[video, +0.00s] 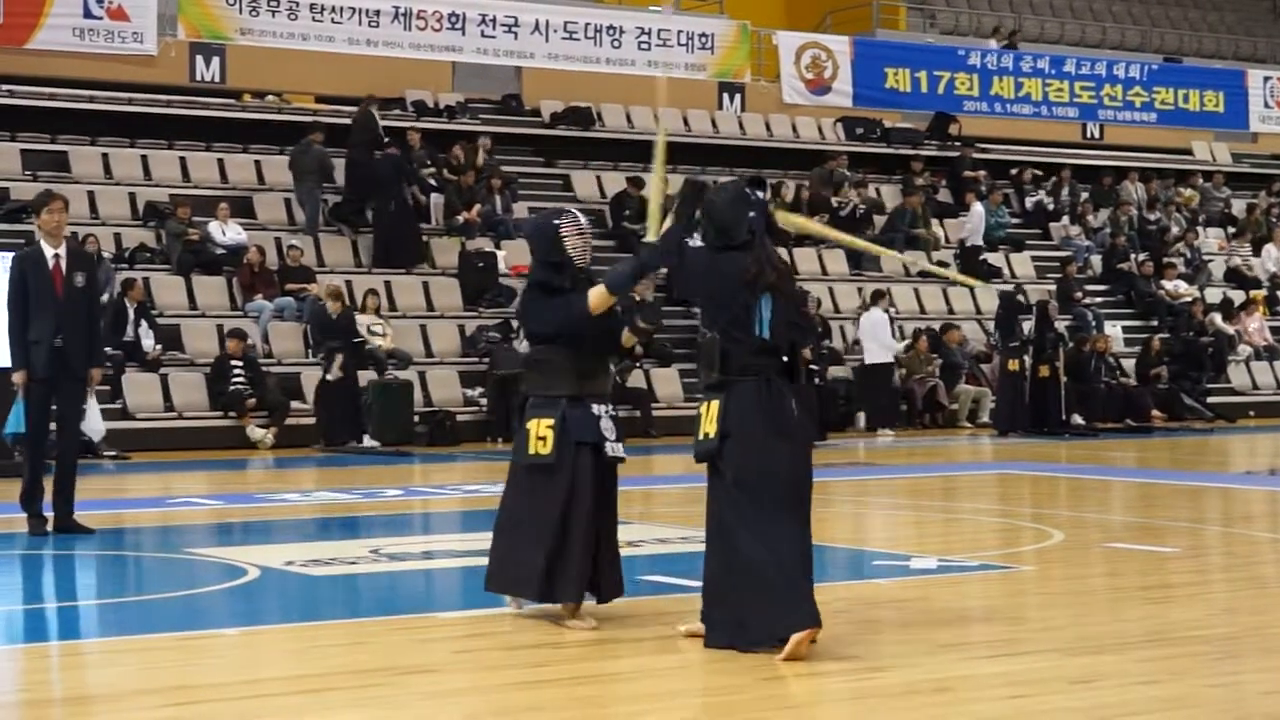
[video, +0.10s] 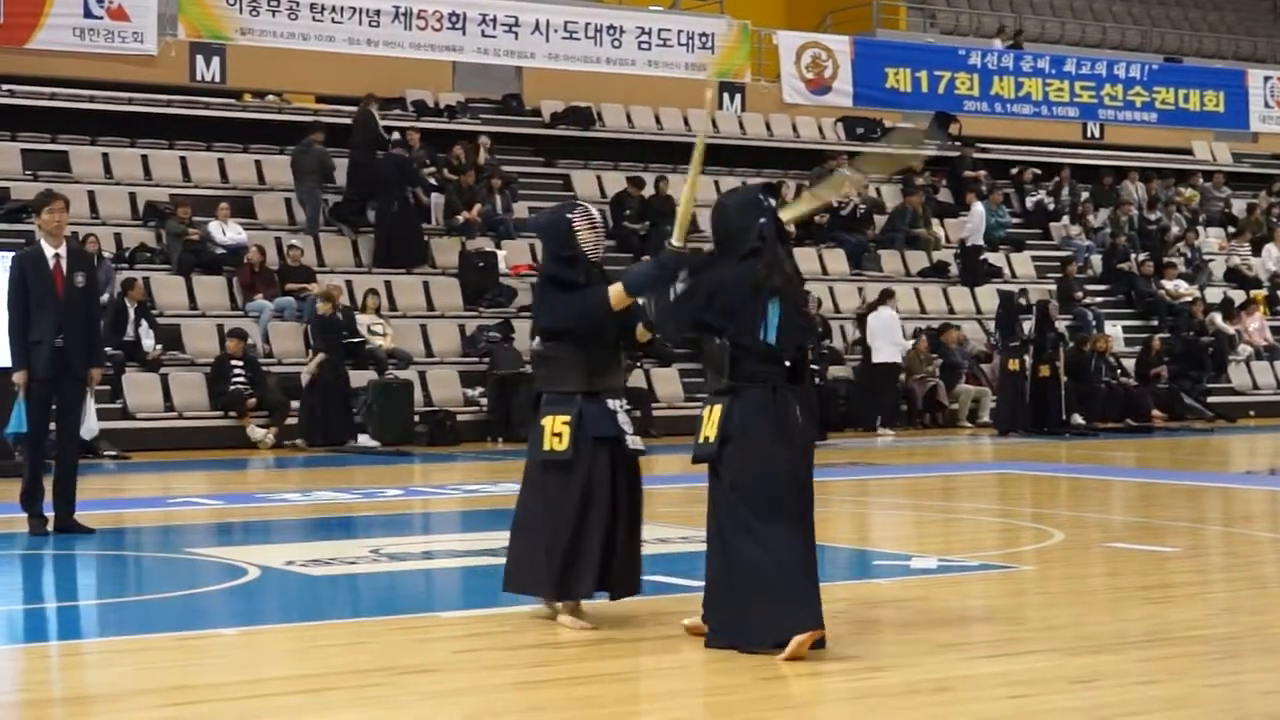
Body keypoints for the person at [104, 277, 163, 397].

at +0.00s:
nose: (142, 292)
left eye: (142, 288)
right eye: (139, 289)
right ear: (129, 292)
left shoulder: (142, 306)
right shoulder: (115, 306)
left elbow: (154, 327)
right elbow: (107, 328)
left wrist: (157, 347)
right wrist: (108, 347)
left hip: (136, 344)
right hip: (118, 344)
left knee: (154, 362)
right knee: (118, 361)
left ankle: (149, 396)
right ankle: (117, 396)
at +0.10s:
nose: (143, 291)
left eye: (142, 288)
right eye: (139, 289)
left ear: (132, 292)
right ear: (129, 292)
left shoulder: (142, 306)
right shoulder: (115, 306)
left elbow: (155, 327)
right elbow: (107, 328)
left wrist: (158, 348)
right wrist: (109, 347)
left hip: (136, 344)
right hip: (118, 344)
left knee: (153, 362)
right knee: (119, 360)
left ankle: (150, 396)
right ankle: (117, 396)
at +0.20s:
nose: (142, 291)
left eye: (142, 288)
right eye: (139, 288)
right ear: (129, 292)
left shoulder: (142, 306)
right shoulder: (115, 306)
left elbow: (155, 326)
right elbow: (108, 329)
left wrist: (158, 347)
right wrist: (108, 347)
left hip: (135, 344)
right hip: (118, 344)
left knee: (155, 362)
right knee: (118, 361)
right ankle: (118, 397)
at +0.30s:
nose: (143, 291)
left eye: (142, 288)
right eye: (139, 288)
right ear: (130, 292)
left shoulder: (142, 306)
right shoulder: (115, 305)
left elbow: (155, 326)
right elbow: (107, 329)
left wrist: (158, 347)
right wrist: (107, 347)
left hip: (136, 344)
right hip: (117, 344)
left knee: (154, 362)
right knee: (118, 360)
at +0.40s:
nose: (142, 290)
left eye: (141, 287)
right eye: (139, 287)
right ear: (130, 291)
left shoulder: (142, 305)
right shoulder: (116, 305)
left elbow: (155, 326)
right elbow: (107, 328)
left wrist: (158, 346)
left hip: (136, 343)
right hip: (118, 344)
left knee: (154, 362)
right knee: (118, 359)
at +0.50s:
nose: (143, 290)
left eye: (142, 287)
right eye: (140, 287)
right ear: (130, 291)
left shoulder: (142, 305)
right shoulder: (116, 304)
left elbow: (154, 326)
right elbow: (107, 329)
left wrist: (158, 346)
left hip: (136, 343)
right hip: (118, 343)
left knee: (155, 361)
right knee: (119, 359)